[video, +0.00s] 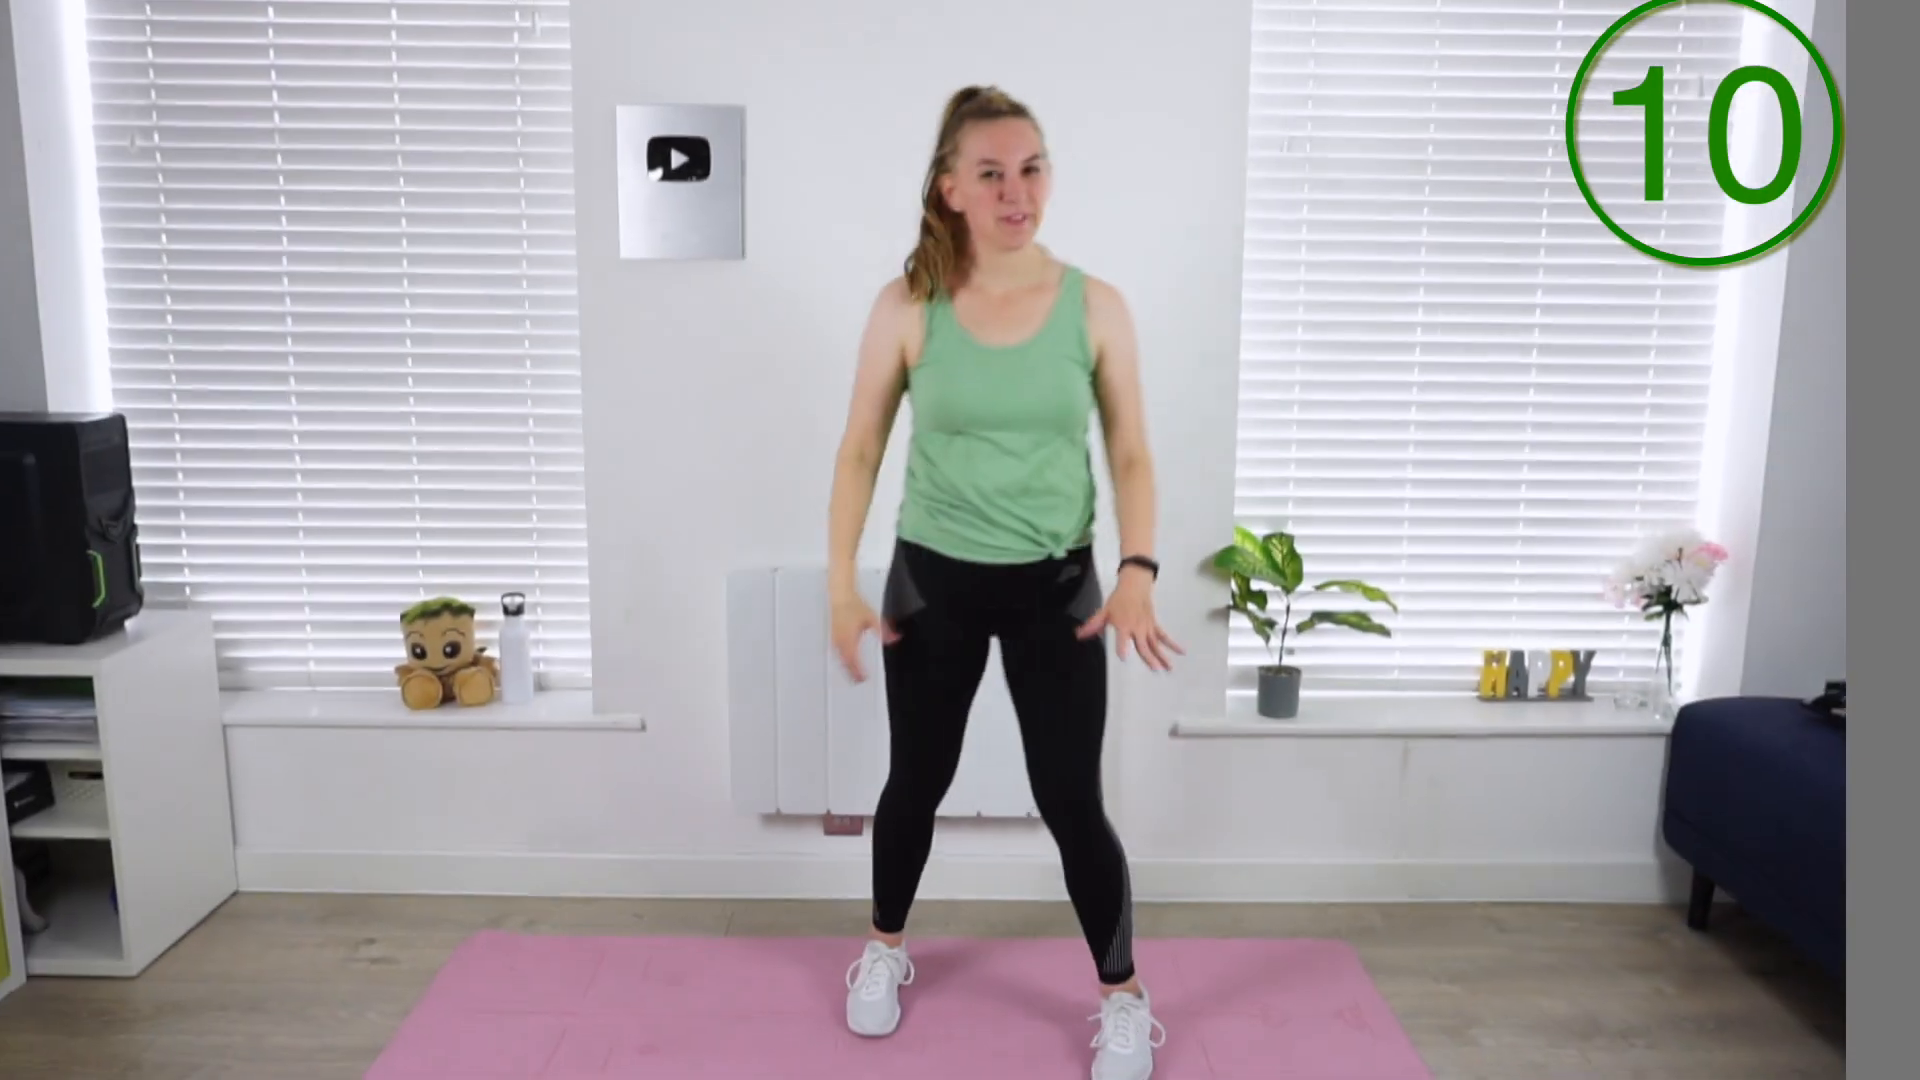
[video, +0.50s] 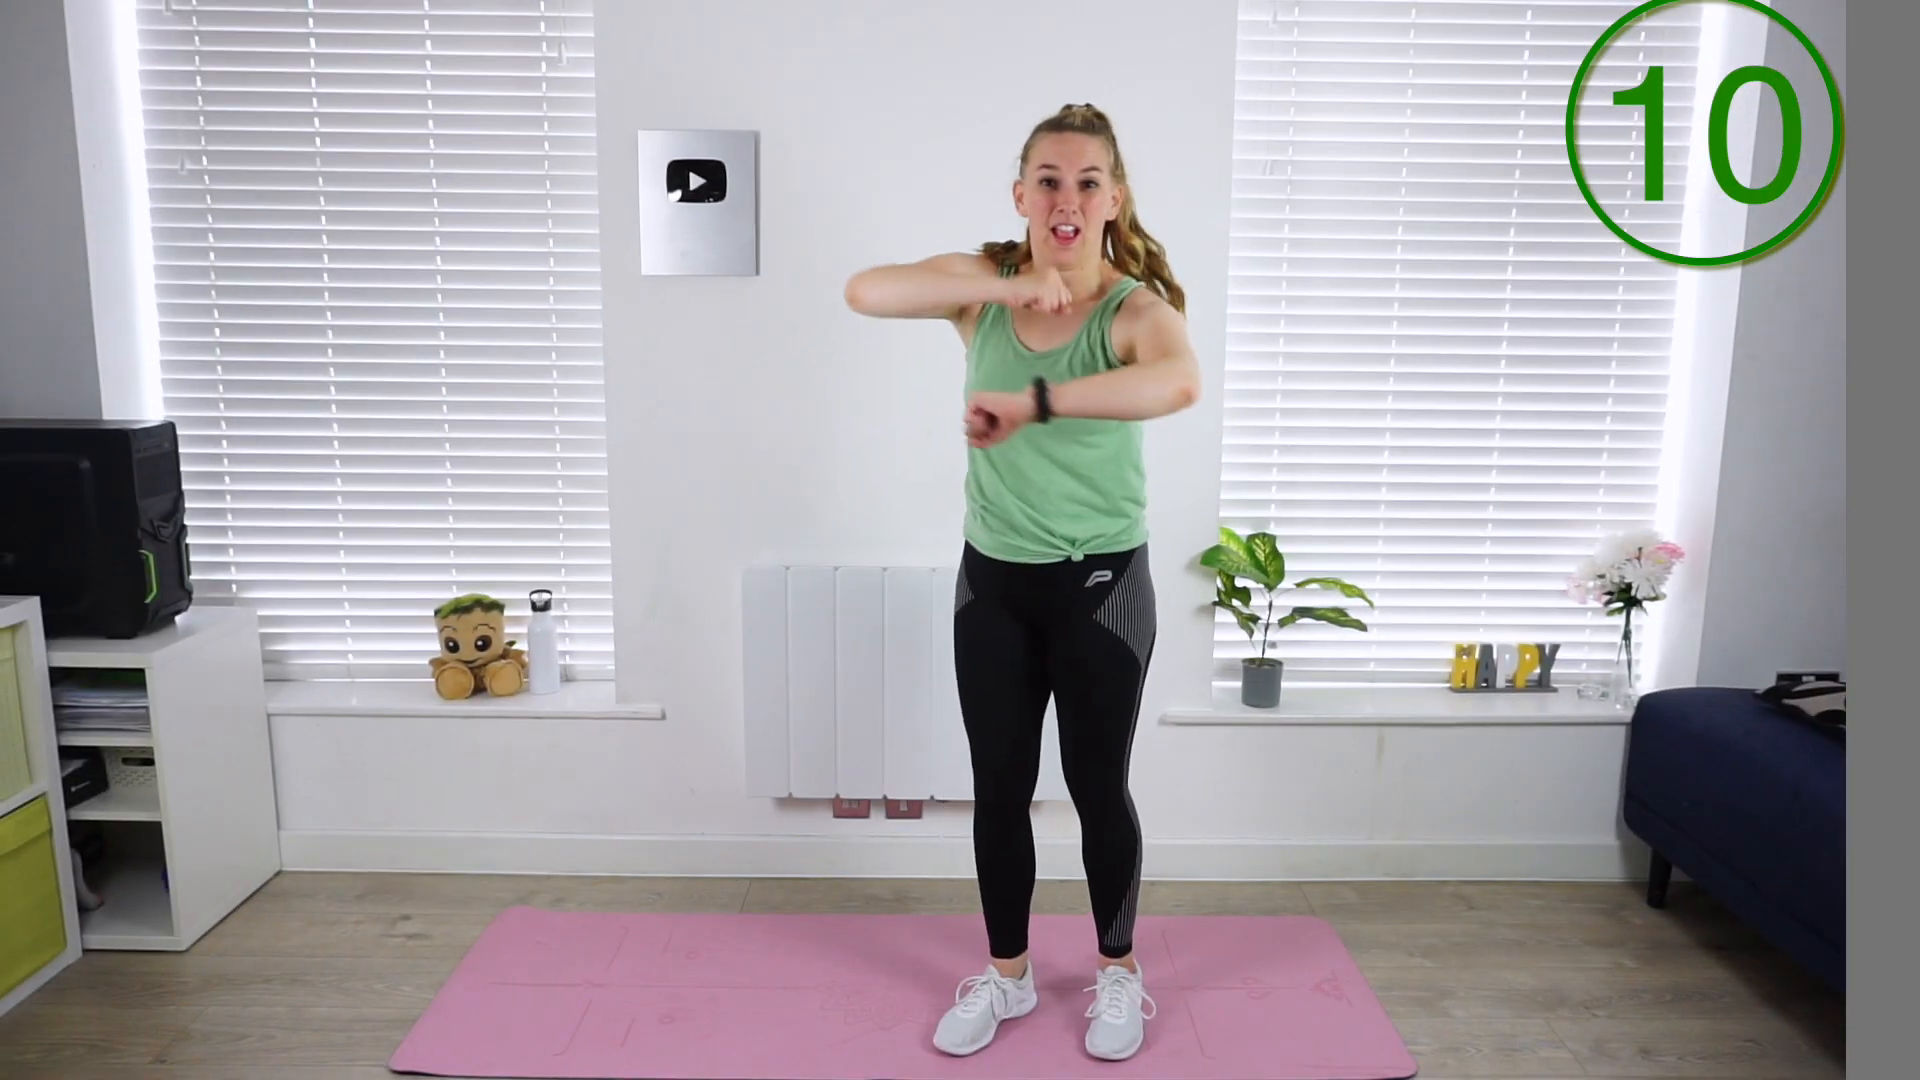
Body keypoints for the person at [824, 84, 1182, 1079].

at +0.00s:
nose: (1016, 191)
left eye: (1030, 170)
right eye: (991, 173)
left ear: (1048, 177)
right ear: (948, 188)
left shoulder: (1094, 307)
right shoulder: (907, 308)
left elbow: (1131, 455)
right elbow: (859, 454)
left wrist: (1136, 569)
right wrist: (844, 586)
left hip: (1057, 582)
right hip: (935, 578)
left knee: (1071, 802)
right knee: (915, 780)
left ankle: (1122, 998)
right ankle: (883, 947)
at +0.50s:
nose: (1066, 201)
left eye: (1086, 184)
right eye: (1048, 182)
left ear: (1117, 201)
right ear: (1022, 194)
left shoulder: (1136, 306)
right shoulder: (987, 280)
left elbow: (1174, 383)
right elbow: (865, 291)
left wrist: (1036, 400)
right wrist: (997, 286)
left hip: (1101, 576)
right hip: (994, 572)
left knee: (1099, 787)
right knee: (999, 787)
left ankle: (1116, 972)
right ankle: (1007, 972)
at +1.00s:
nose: (1030, 204)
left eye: (1052, 186)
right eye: (1013, 184)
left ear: (1084, 201)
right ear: (988, 196)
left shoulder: (1117, 296)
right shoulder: (963, 280)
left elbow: (1087, 322)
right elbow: (844, 315)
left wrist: (943, 297)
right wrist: (978, 325)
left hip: (1095, 578)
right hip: (985, 576)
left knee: (1098, 782)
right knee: (1002, 788)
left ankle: (1118, 969)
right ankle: (1008, 971)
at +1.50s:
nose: (1017, 208)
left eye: (1039, 190)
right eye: (1000, 188)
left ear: (1071, 201)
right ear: (977, 195)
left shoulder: (1102, 289)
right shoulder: (950, 276)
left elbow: (1091, 330)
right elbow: (838, 330)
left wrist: (943, 313)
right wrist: (939, 355)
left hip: (1088, 572)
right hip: (979, 571)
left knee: (1092, 780)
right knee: (1004, 778)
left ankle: (1117, 970)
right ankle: (1006, 970)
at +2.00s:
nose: (1001, 215)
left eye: (1023, 195)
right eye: (984, 193)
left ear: (1062, 201)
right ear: (965, 196)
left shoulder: (1098, 293)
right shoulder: (940, 276)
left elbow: (1079, 328)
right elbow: (831, 328)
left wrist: (959, 307)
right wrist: (932, 345)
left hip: (1078, 577)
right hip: (969, 575)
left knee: (1087, 783)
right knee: (999, 783)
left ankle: (1116, 969)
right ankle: (1007, 972)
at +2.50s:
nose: (987, 204)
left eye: (1010, 186)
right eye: (972, 184)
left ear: (1053, 198)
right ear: (956, 193)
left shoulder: (1092, 299)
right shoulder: (924, 290)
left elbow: (1069, 341)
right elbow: (827, 350)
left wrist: (958, 340)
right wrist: (941, 326)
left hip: (1073, 578)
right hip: (964, 578)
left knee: (1084, 786)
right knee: (996, 786)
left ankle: (1116, 970)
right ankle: (1007, 971)